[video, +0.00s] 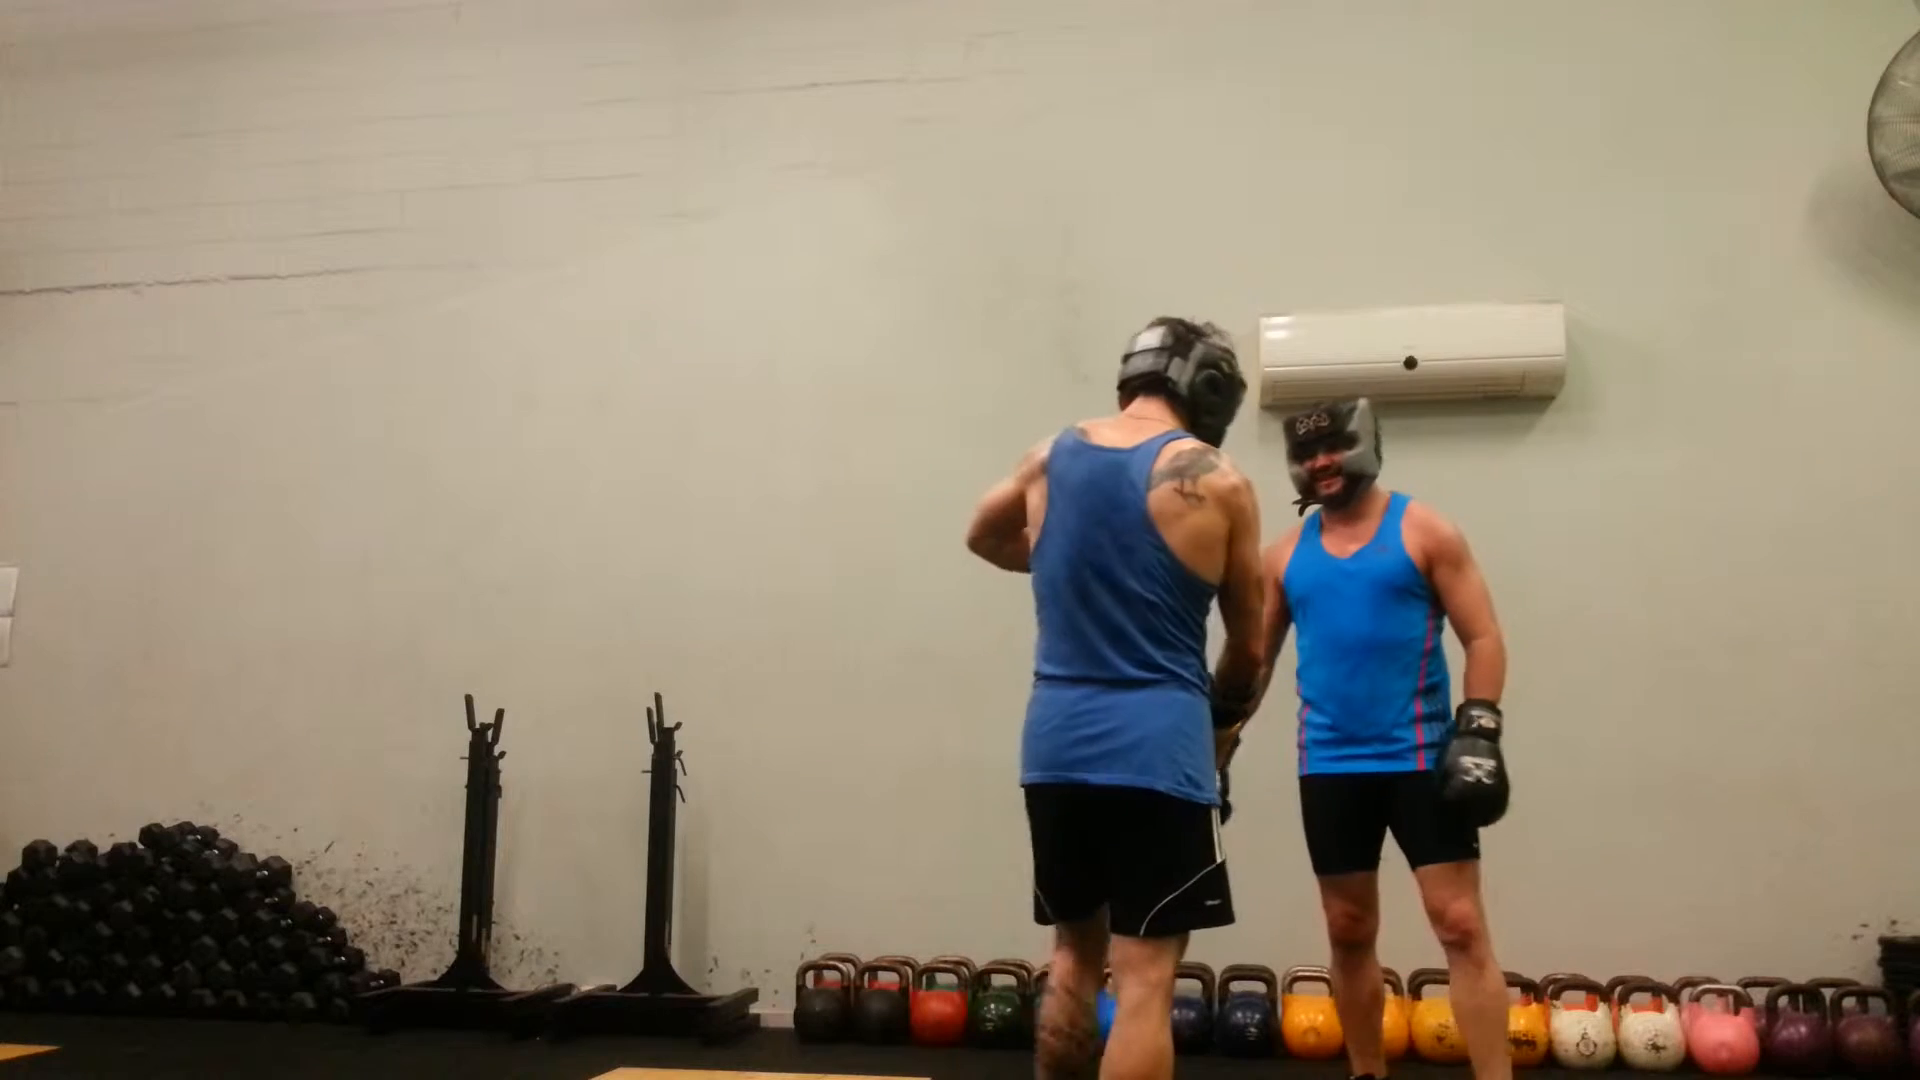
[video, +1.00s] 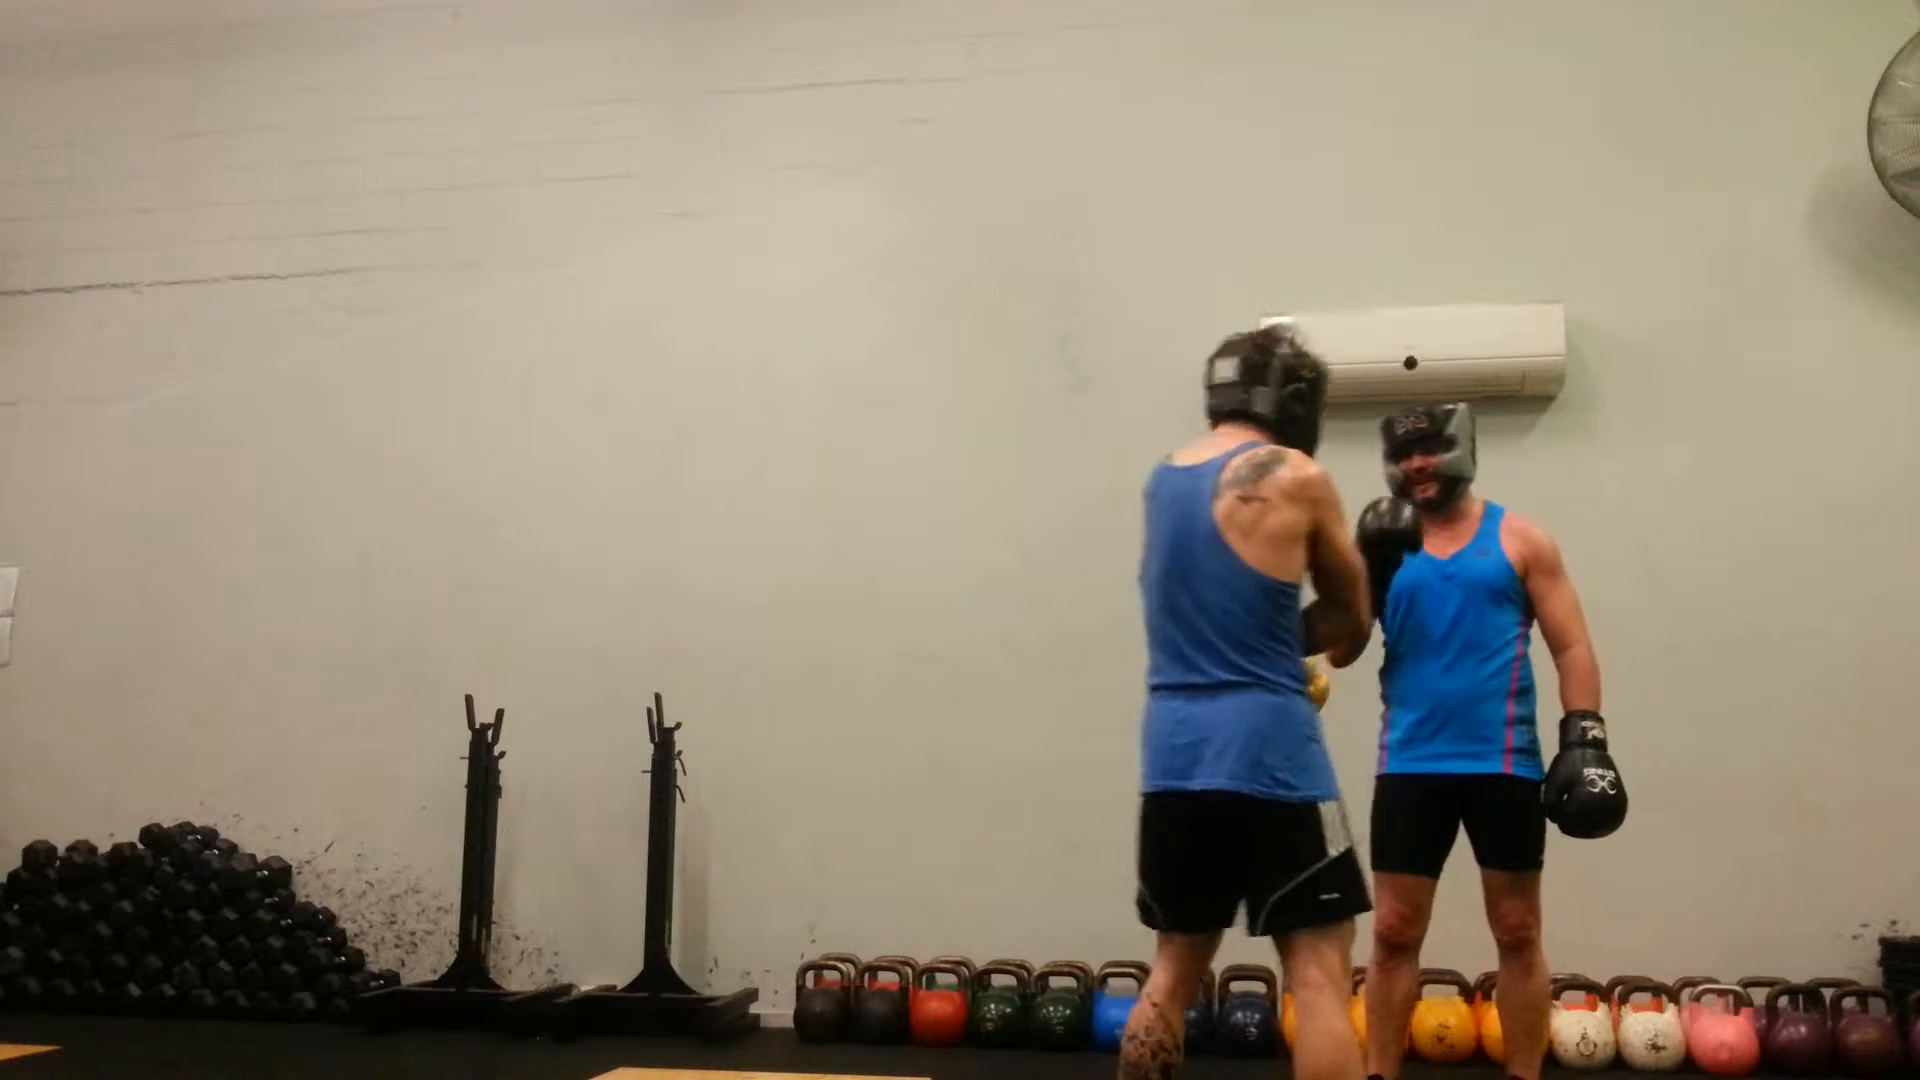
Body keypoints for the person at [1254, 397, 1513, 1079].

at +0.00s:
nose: (1323, 463)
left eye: (1337, 447)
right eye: (1308, 453)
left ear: (1368, 448)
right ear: (1295, 466)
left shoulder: (1425, 532)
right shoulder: (1283, 555)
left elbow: (1482, 637)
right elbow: (1251, 665)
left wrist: (1478, 732)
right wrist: (1214, 750)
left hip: (1423, 762)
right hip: (1331, 769)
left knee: (1460, 926)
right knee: (1348, 930)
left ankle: (1493, 1076)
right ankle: (1367, 1072)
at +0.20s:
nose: (1326, 467)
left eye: (1339, 451)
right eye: (1311, 458)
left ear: (1367, 451)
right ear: (1298, 470)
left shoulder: (1426, 534)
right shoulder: (1287, 555)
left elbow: (1485, 634)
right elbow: (1259, 667)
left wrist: (1495, 726)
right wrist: (1227, 756)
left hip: (1428, 763)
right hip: (1335, 768)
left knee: (1478, 930)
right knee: (1350, 931)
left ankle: (1517, 1073)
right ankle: (1367, 1072)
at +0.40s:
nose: (1341, 470)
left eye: (1353, 454)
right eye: (1325, 462)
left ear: (1382, 454)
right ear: (1311, 474)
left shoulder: (1445, 538)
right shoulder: (1302, 563)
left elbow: (1503, 636)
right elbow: (1281, 668)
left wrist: (1530, 735)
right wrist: (1265, 758)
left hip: (1442, 766)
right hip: (1348, 771)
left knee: (1480, 935)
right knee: (1359, 932)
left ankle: (1509, 1074)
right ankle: (1369, 1074)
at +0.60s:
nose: (1366, 472)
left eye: (1378, 456)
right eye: (1350, 464)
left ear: (1409, 454)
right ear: (1337, 475)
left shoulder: (1472, 537)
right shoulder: (1332, 561)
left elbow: (1531, 637)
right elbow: (1315, 658)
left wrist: (1555, 737)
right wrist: (1308, 702)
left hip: (1464, 767)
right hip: (1371, 770)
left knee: (1492, 933)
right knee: (1371, 932)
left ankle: (1515, 1074)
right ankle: (1374, 1074)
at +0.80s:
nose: (1394, 467)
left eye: (1407, 452)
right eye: (1378, 458)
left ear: (1438, 453)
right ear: (1364, 471)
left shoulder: (1499, 538)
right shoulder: (1357, 555)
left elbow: (1554, 641)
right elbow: (1326, 667)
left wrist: (1570, 738)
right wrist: (1340, 617)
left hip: (1486, 766)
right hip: (1393, 768)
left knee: (1507, 933)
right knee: (1383, 932)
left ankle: (1521, 1074)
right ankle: (1378, 1075)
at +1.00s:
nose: (1418, 464)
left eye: (1432, 449)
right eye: (1403, 453)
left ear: (1463, 453)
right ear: (1389, 467)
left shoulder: (1519, 540)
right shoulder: (1386, 547)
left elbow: (1572, 645)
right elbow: (1339, 646)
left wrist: (1584, 742)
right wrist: (1366, 562)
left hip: (1503, 765)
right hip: (1411, 767)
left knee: (1517, 932)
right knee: (1394, 932)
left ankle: (1525, 1074)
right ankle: (1380, 1073)